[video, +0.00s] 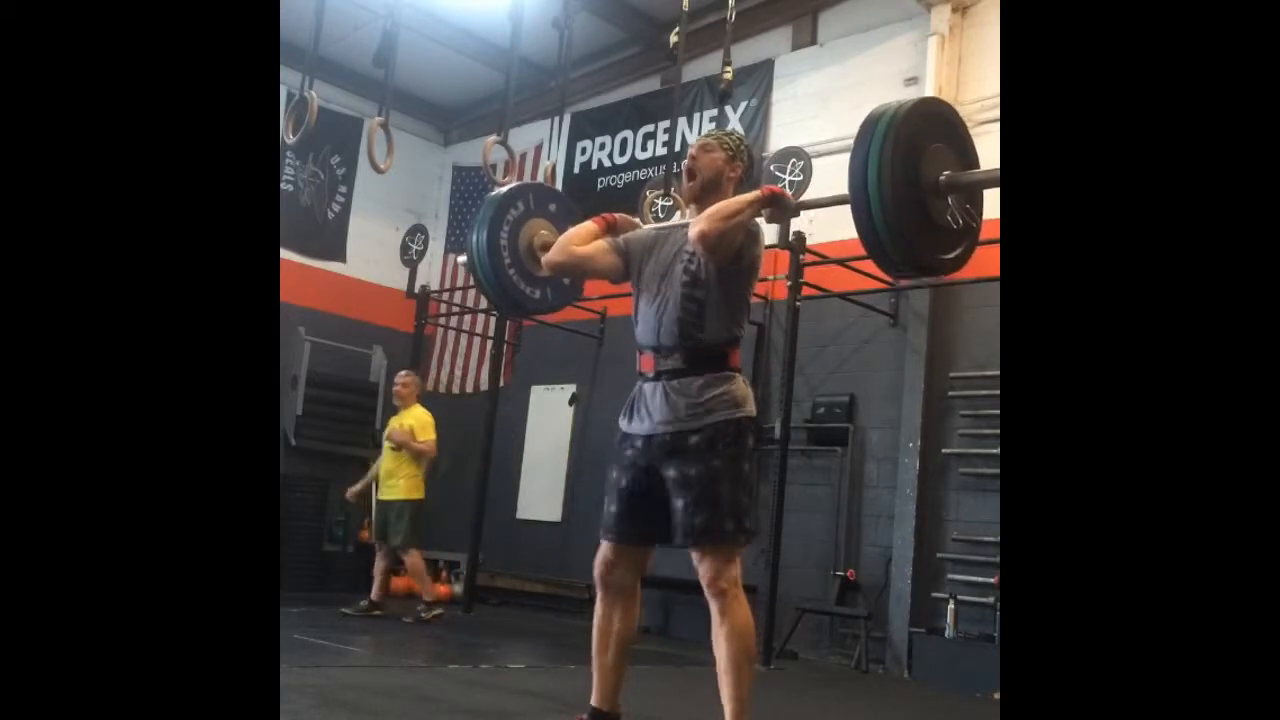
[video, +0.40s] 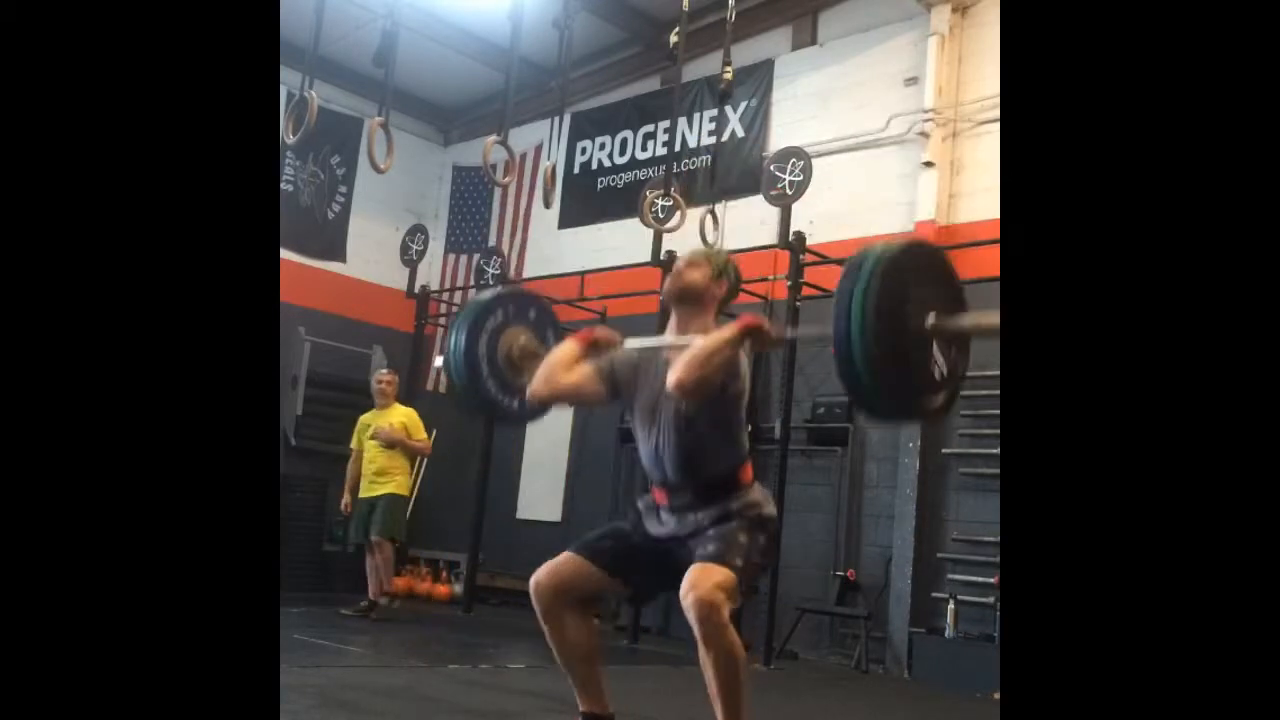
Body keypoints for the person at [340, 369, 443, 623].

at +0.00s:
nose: (397, 389)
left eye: (403, 386)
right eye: (395, 385)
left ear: (415, 390)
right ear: (393, 389)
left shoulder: (421, 417)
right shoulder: (394, 419)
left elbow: (430, 450)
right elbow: (385, 458)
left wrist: (404, 441)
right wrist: (360, 485)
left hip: (407, 493)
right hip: (385, 492)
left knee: (406, 547)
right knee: (382, 547)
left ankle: (430, 601)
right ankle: (374, 600)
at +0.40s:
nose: (384, 387)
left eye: (389, 383)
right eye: (379, 382)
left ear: (396, 388)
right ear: (372, 387)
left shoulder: (407, 415)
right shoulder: (364, 420)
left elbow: (425, 447)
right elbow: (355, 459)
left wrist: (398, 439)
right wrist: (347, 492)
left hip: (394, 486)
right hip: (367, 488)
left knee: (379, 538)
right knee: (369, 544)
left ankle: (387, 594)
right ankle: (372, 598)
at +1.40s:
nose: (374, 380)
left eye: (379, 376)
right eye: (370, 374)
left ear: (385, 381)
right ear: (360, 377)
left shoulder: (390, 412)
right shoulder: (348, 408)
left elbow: (402, 450)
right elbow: (334, 446)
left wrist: (372, 438)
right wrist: (321, 478)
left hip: (364, 487)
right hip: (334, 483)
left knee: (355, 542)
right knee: (314, 536)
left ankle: (342, 600)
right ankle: (313, 593)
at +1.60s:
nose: (365, 378)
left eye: (371, 375)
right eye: (361, 373)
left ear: (379, 380)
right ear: (352, 377)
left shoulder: (386, 412)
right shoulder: (337, 408)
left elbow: (401, 451)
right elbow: (322, 444)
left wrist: (370, 439)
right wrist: (311, 479)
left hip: (363, 489)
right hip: (329, 485)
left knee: (355, 545)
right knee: (308, 540)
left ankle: (342, 600)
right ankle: (283, 593)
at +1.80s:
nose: (351, 377)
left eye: (357, 373)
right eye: (347, 372)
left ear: (364, 379)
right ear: (338, 375)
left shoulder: (376, 410)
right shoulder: (323, 407)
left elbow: (393, 446)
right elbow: (308, 446)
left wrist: (369, 440)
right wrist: (299, 481)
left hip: (357, 491)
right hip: (321, 488)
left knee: (352, 546)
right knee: (302, 540)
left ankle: (342, 599)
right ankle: (283, 595)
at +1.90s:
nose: (342, 375)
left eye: (348, 371)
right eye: (338, 370)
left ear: (356, 377)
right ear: (329, 374)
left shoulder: (369, 409)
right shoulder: (314, 406)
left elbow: (386, 444)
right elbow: (300, 444)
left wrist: (363, 439)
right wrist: (293, 480)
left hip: (351, 490)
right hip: (315, 487)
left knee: (347, 546)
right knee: (297, 540)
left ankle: (341, 599)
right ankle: (281, 594)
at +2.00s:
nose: (333, 373)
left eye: (339, 369)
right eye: (328, 368)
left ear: (347, 375)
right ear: (320, 372)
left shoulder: (360, 406)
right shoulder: (306, 405)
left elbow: (378, 443)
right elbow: (292, 444)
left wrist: (355, 438)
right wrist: (285, 479)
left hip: (344, 490)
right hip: (307, 486)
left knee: (343, 545)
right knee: (293, 539)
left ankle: (339, 599)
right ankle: (282, 593)